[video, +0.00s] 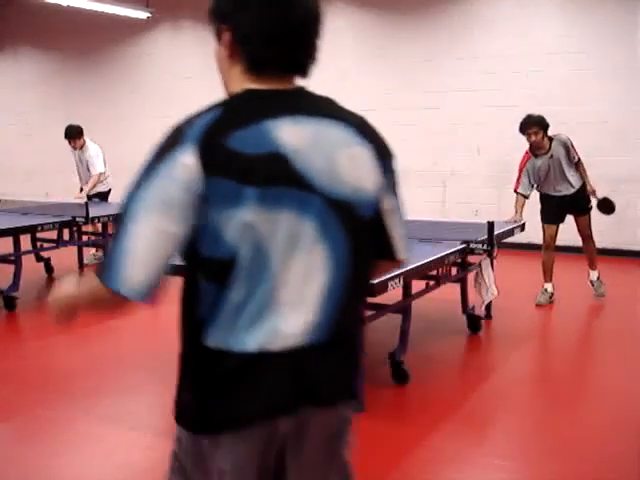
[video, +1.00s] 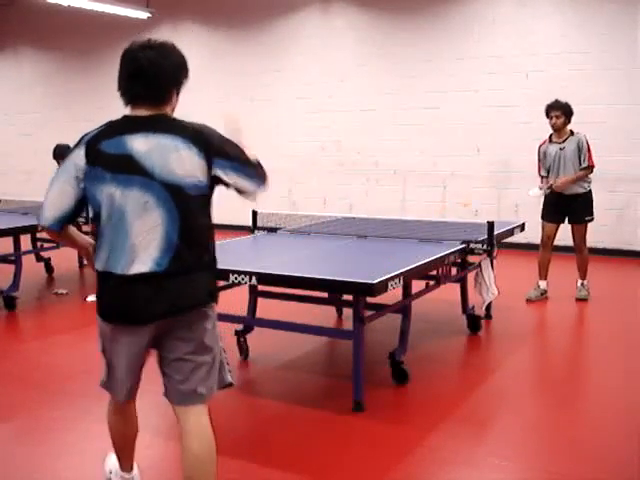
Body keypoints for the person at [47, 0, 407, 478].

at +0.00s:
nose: (216, 50)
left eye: (216, 38)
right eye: (217, 38)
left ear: (227, 41)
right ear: (305, 43)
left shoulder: (201, 139)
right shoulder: (361, 139)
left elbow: (127, 278)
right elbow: (388, 254)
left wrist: (74, 292)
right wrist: (319, 270)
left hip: (225, 398)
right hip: (326, 392)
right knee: (322, 473)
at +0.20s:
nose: (188, 47)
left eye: (189, 37)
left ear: (195, 43)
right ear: (271, 44)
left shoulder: (158, 128)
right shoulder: (318, 132)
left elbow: (88, 230)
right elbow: (348, 244)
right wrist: (280, 263)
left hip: (199, 368)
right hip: (291, 361)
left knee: (195, 471)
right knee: (260, 460)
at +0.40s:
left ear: (167, 66)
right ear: (238, 66)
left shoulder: (133, 142)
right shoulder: (271, 147)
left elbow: (107, 218)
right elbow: (304, 244)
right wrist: (244, 256)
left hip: (165, 347)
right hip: (244, 343)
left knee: (176, 470)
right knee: (225, 458)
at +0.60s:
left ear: (156, 63)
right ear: (221, 68)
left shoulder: (124, 135)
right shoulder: (246, 141)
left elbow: (104, 212)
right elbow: (291, 226)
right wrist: (287, 237)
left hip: (151, 324)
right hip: (226, 319)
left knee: (137, 439)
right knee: (212, 430)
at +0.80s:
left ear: (142, 65)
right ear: (203, 67)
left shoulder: (112, 134)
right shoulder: (230, 134)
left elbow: (85, 217)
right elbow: (288, 216)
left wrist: (119, 227)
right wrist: (308, 224)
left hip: (136, 301)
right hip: (210, 300)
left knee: (119, 390)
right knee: (203, 417)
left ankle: (145, 478)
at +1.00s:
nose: (178, 92)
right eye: (179, 86)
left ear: (124, 87)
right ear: (175, 90)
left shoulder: (93, 145)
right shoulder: (200, 141)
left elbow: (53, 220)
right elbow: (256, 183)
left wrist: (91, 248)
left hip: (123, 302)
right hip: (188, 298)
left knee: (121, 397)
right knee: (193, 407)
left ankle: (126, 472)